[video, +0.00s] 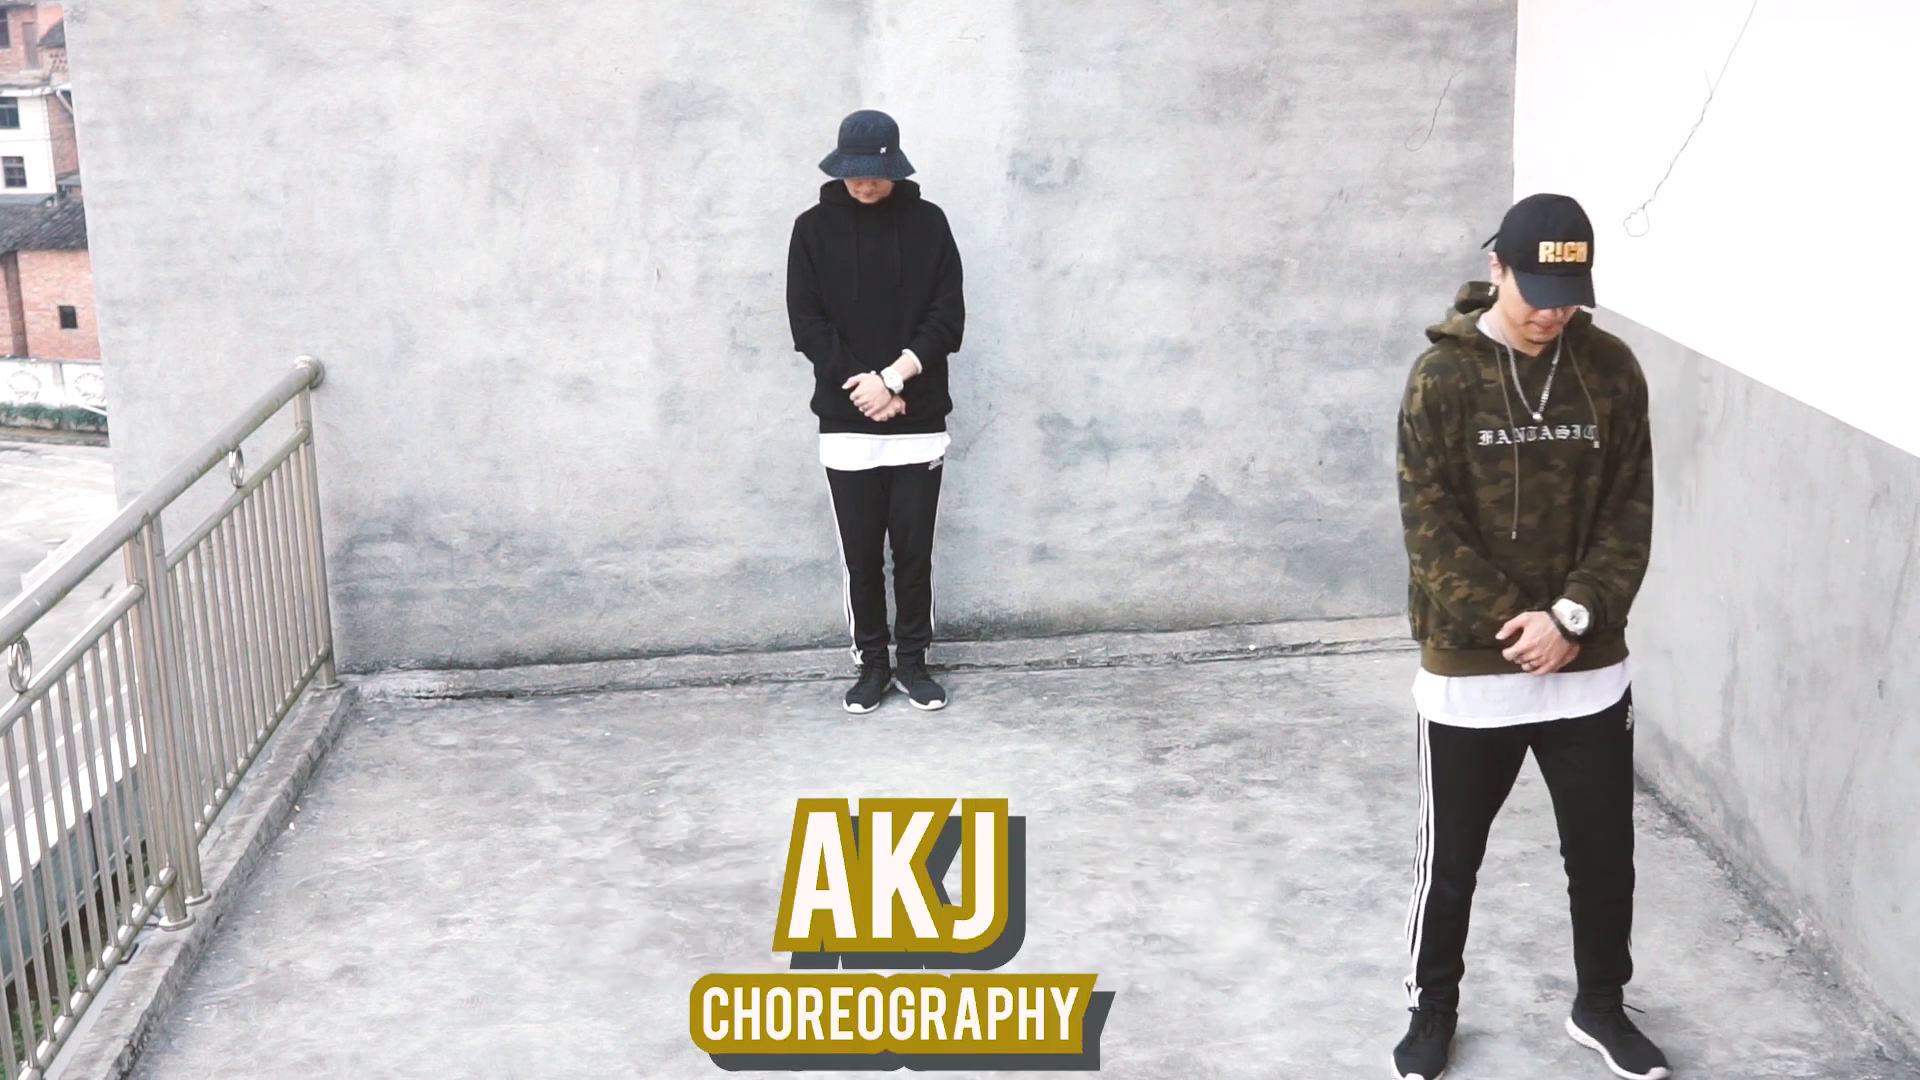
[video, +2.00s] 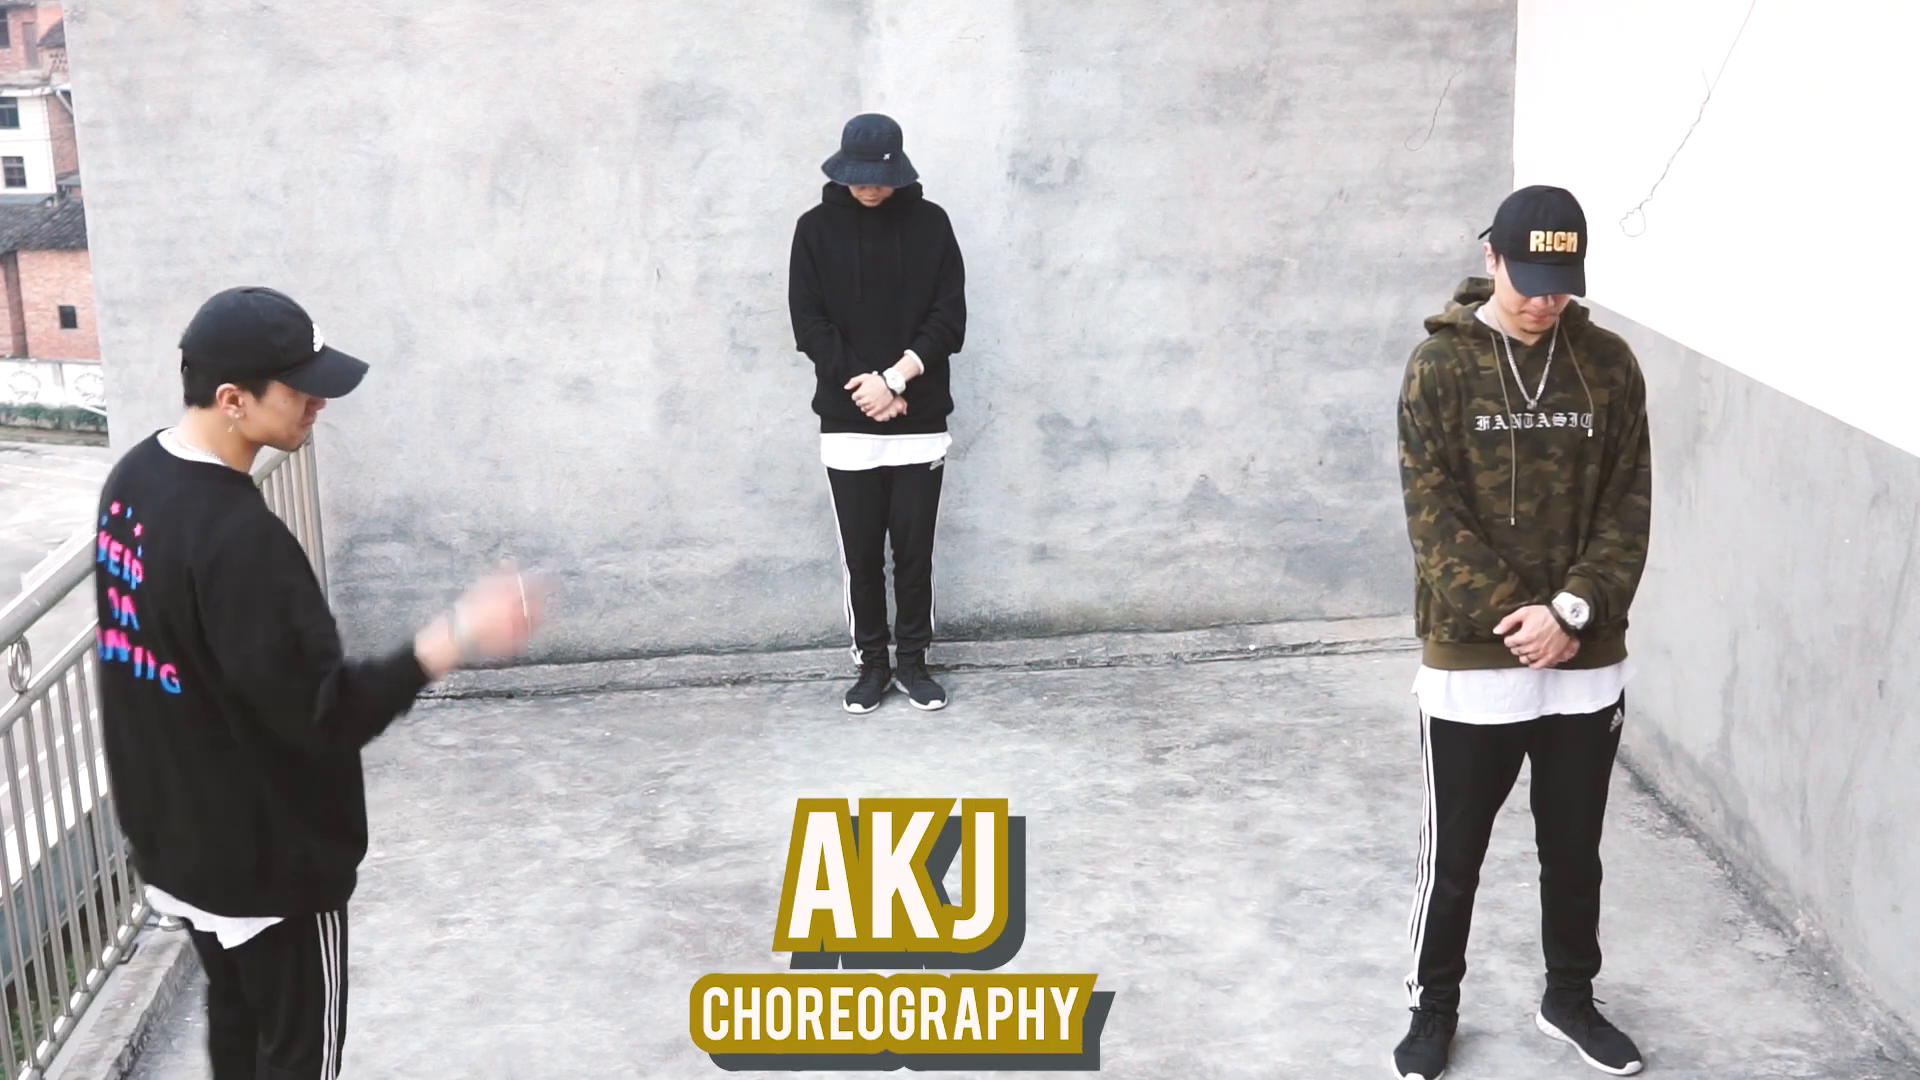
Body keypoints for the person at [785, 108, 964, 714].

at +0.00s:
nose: (865, 184)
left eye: (876, 173)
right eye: (855, 173)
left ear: (896, 169)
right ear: (839, 170)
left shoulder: (927, 221)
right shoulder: (814, 227)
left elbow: (948, 317)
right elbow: (806, 323)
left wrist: (894, 373)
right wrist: (863, 387)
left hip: (919, 413)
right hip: (845, 416)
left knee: (913, 549)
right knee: (861, 552)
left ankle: (913, 664)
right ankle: (872, 666)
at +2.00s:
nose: (869, 189)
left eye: (880, 179)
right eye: (859, 178)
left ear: (899, 173)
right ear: (842, 173)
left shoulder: (929, 222)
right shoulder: (816, 227)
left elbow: (949, 317)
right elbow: (808, 324)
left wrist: (896, 374)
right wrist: (864, 387)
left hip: (920, 416)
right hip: (846, 419)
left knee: (913, 550)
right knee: (862, 553)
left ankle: (913, 663)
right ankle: (873, 667)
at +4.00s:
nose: (867, 187)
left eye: (878, 177)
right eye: (857, 176)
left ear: (898, 172)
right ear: (841, 172)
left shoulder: (928, 222)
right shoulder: (814, 228)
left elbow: (949, 318)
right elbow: (806, 324)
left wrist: (896, 374)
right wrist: (863, 387)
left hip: (919, 415)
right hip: (845, 418)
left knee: (913, 549)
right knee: (861, 552)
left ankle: (912, 663)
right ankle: (872, 666)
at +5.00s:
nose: (870, 187)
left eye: (881, 176)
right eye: (859, 176)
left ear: (900, 172)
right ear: (843, 171)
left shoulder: (930, 223)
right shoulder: (817, 228)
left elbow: (950, 319)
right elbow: (809, 324)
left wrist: (896, 375)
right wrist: (864, 387)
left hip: (920, 415)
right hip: (846, 418)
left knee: (913, 550)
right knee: (862, 553)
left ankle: (914, 662)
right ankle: (872, 666)